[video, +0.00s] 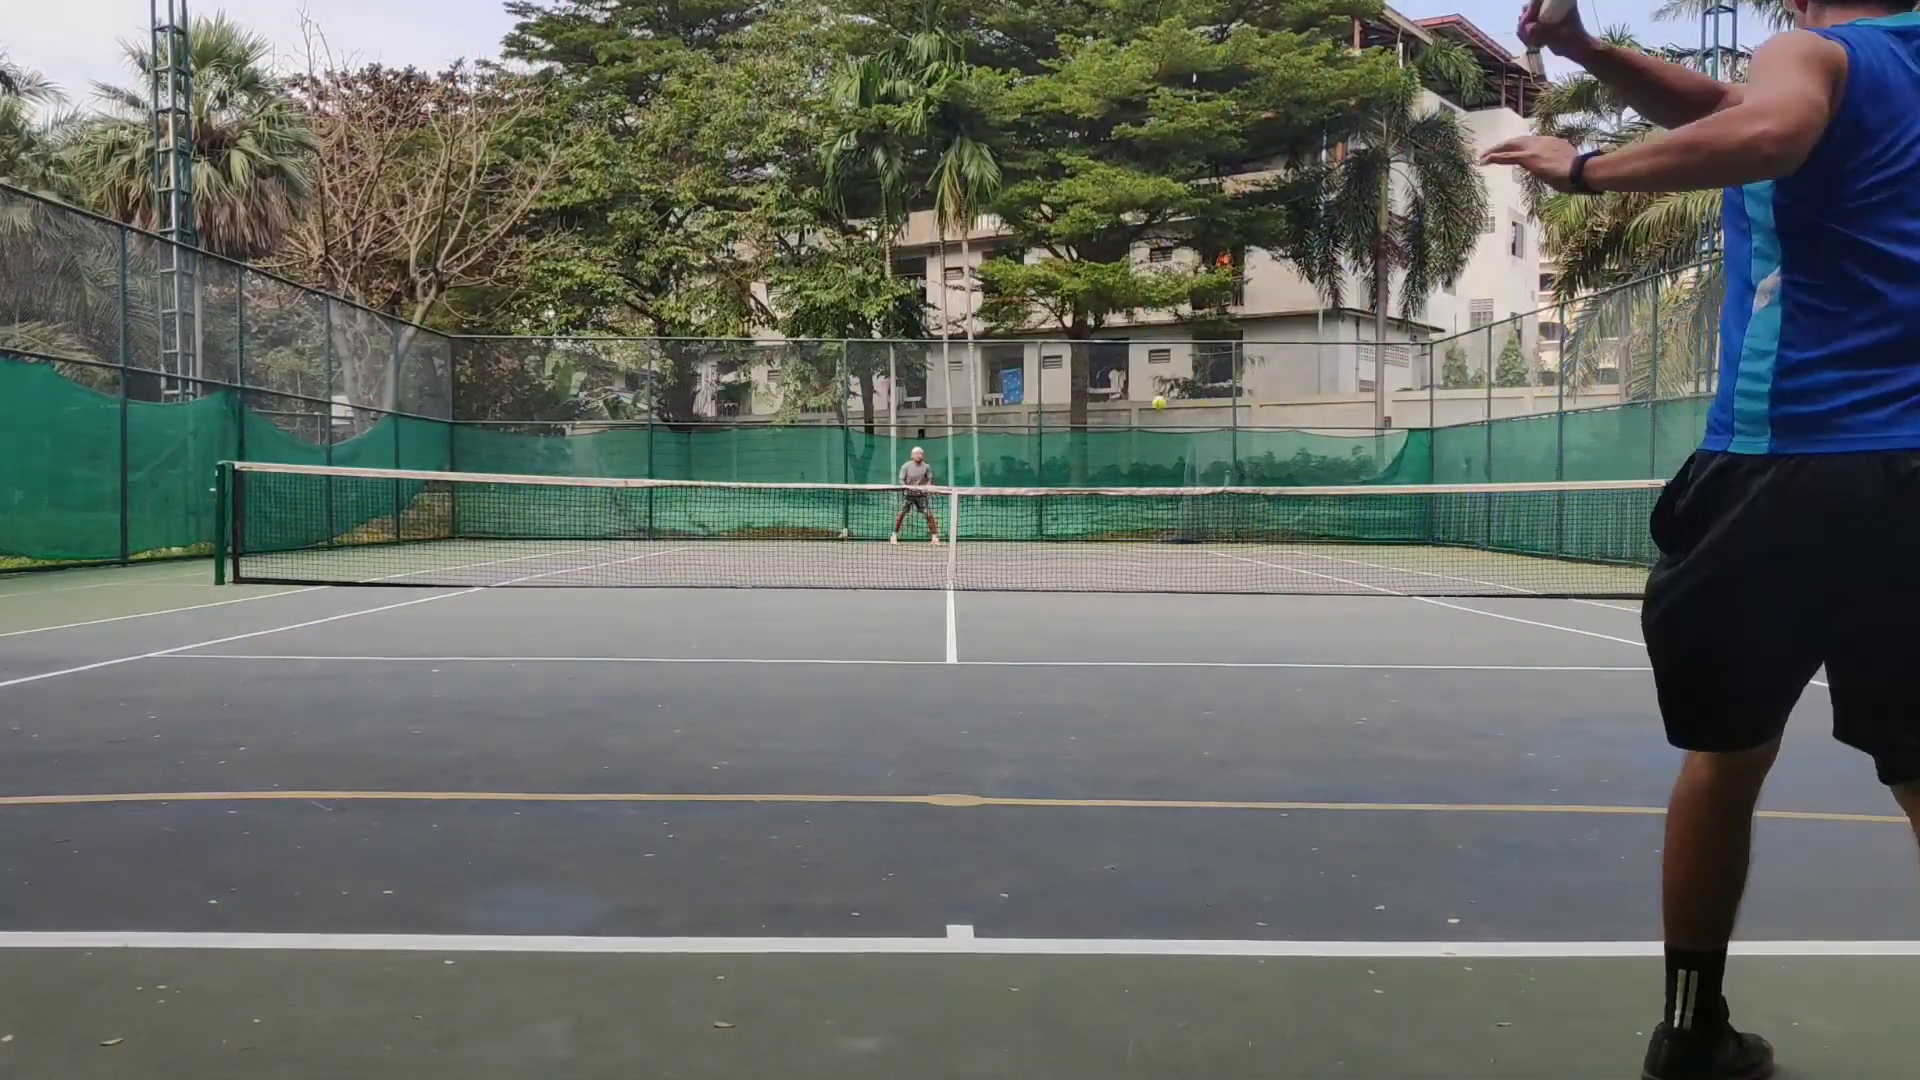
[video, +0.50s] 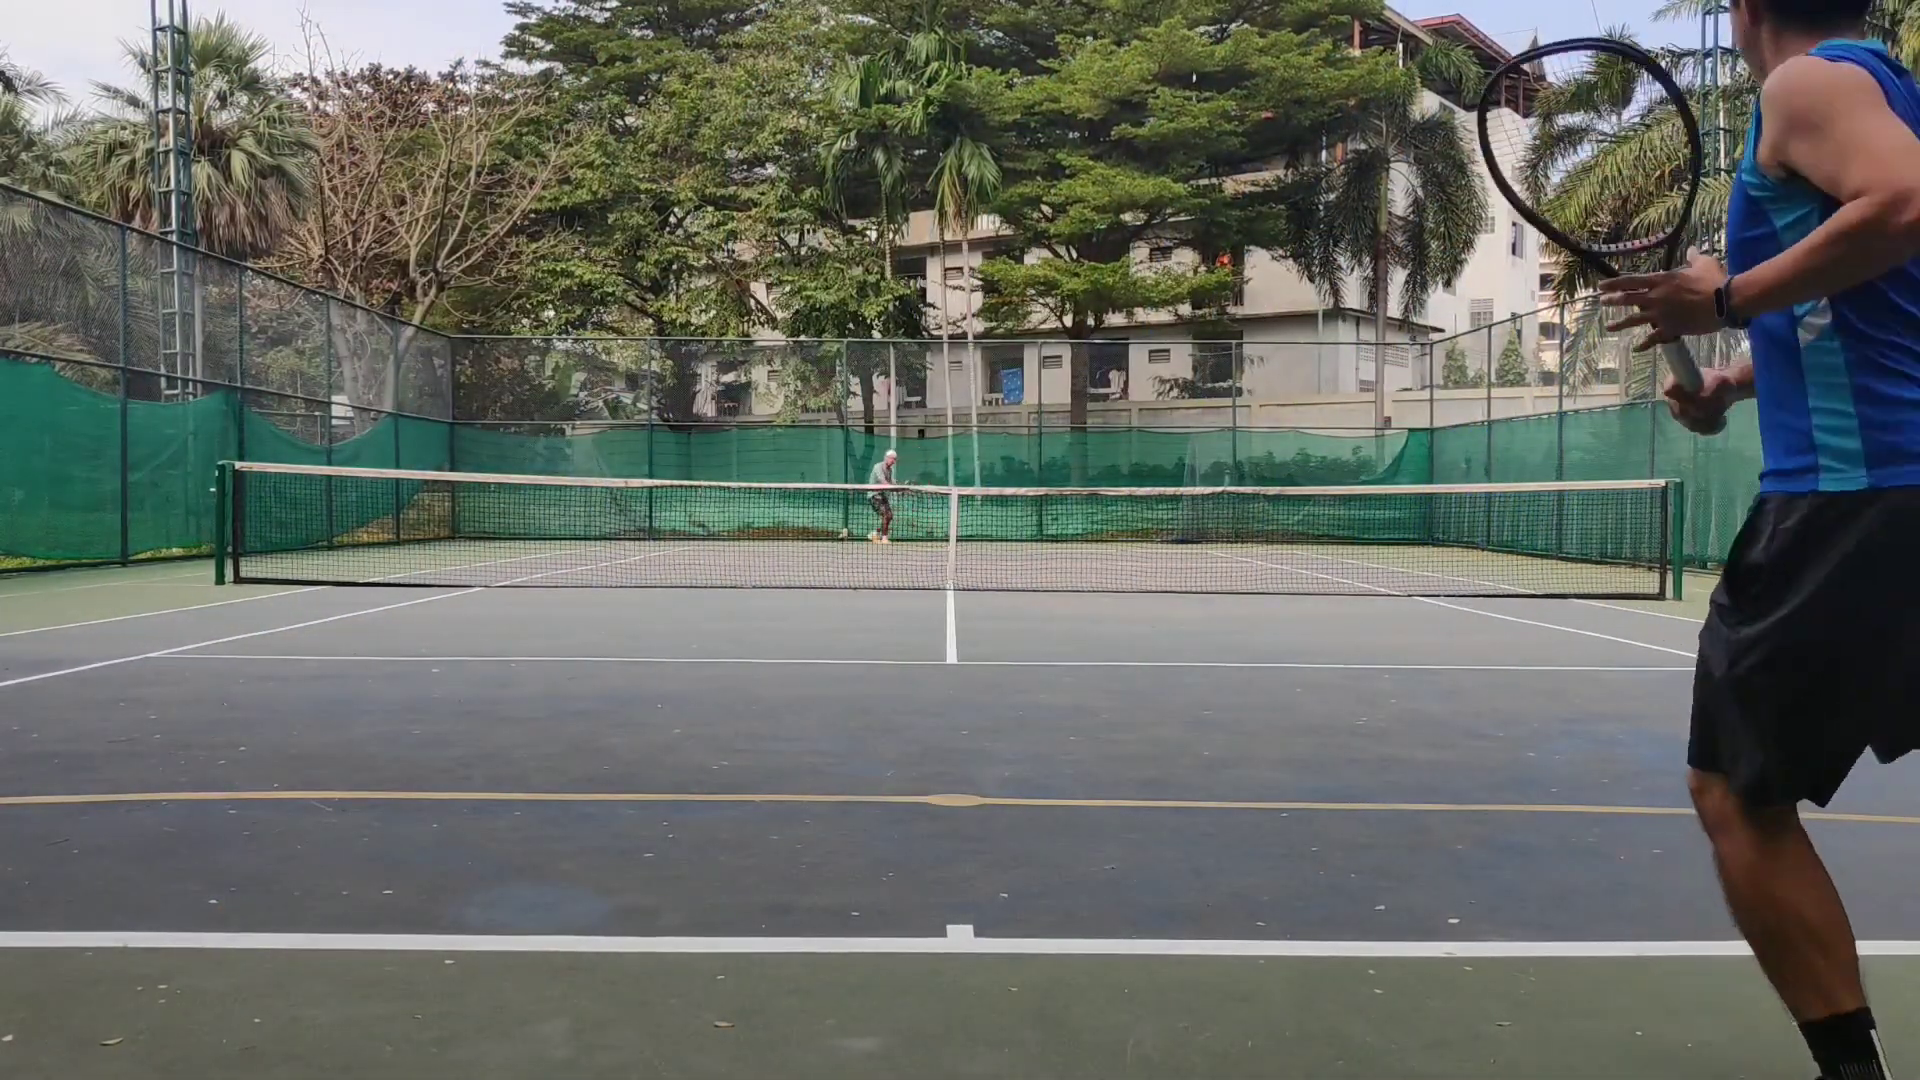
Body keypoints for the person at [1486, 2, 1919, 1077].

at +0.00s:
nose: (1777, 16)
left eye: (1781, 10)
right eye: (1779, 14)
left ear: (1806, 2)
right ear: (1887, 2)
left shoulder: (1811, 49)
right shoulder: (1901, 64)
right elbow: (1734, 103)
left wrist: (1582, 164)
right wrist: (1586, 48)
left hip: (1778, 474)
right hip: (1908, 471)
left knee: (1720, 765)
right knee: (1917, 778)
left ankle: (1693, 1021)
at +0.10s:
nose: (1782, 14)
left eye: (1791, 3)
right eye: (1786, 12)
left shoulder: (1856, 54)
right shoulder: (1830, 66)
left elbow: (1906, 182)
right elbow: (1709, 89)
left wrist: (1718, 236)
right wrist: (1671, 12)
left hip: (1830, 474)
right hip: (1879, 469)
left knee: (1743, 762)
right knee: (1741, 762)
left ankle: (1689, 1027)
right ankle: (1689, 1024)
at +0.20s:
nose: (1791, 23)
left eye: (1797, 10)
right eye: (1792, 11)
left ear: (1829, 20)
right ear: (1884, 21)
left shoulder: (1897, 112)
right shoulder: (1861, 120)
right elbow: (1707, 160)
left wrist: (1819, 313)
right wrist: (1732, 93)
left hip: (1893, 510)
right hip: (1878, 505)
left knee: (1740, 733)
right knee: (1744, 733)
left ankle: (1688, 1021)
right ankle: (1692, 1017)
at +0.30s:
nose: (1792, 95)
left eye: (1791, 74)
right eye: (1793, 77)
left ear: (1811, 68)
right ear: (1903, 57)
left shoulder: (1905, 164)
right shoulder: (1873, 187)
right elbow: (1721, 284)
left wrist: (1844, 355)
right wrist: (1728, 216)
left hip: (1903, 543)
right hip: (1894, 539)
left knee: (1717, 731)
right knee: (1720, 730)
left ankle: (1737, 1027)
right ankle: (1736, 1024)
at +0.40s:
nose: (1776, 87)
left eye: (1776, 63)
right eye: (1775, 67)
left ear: (1798, 56)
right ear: (1895, 51)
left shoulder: (1890, 139)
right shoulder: (1865, 164)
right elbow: (1807, 344)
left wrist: (1806, 337)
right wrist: (1715, 344)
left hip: (1892, 550)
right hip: (1893, 546)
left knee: (1714, 774)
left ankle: (1837, 1049)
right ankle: (1836, 1046)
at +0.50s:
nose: (1732, 29)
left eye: (1732, 15)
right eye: (1736, 17)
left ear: (1752, 13)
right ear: (1849, 12)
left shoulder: (1807, 82)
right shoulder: (1881, 84)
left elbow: (1896, 196)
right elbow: (1864, 311)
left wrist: (1730, 297)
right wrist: (1732, 379)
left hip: (1847, 505)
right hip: (1882, 497)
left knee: (1737, 793)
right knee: (1745, 789)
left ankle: (1855, 1070)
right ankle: (1854, 1065)